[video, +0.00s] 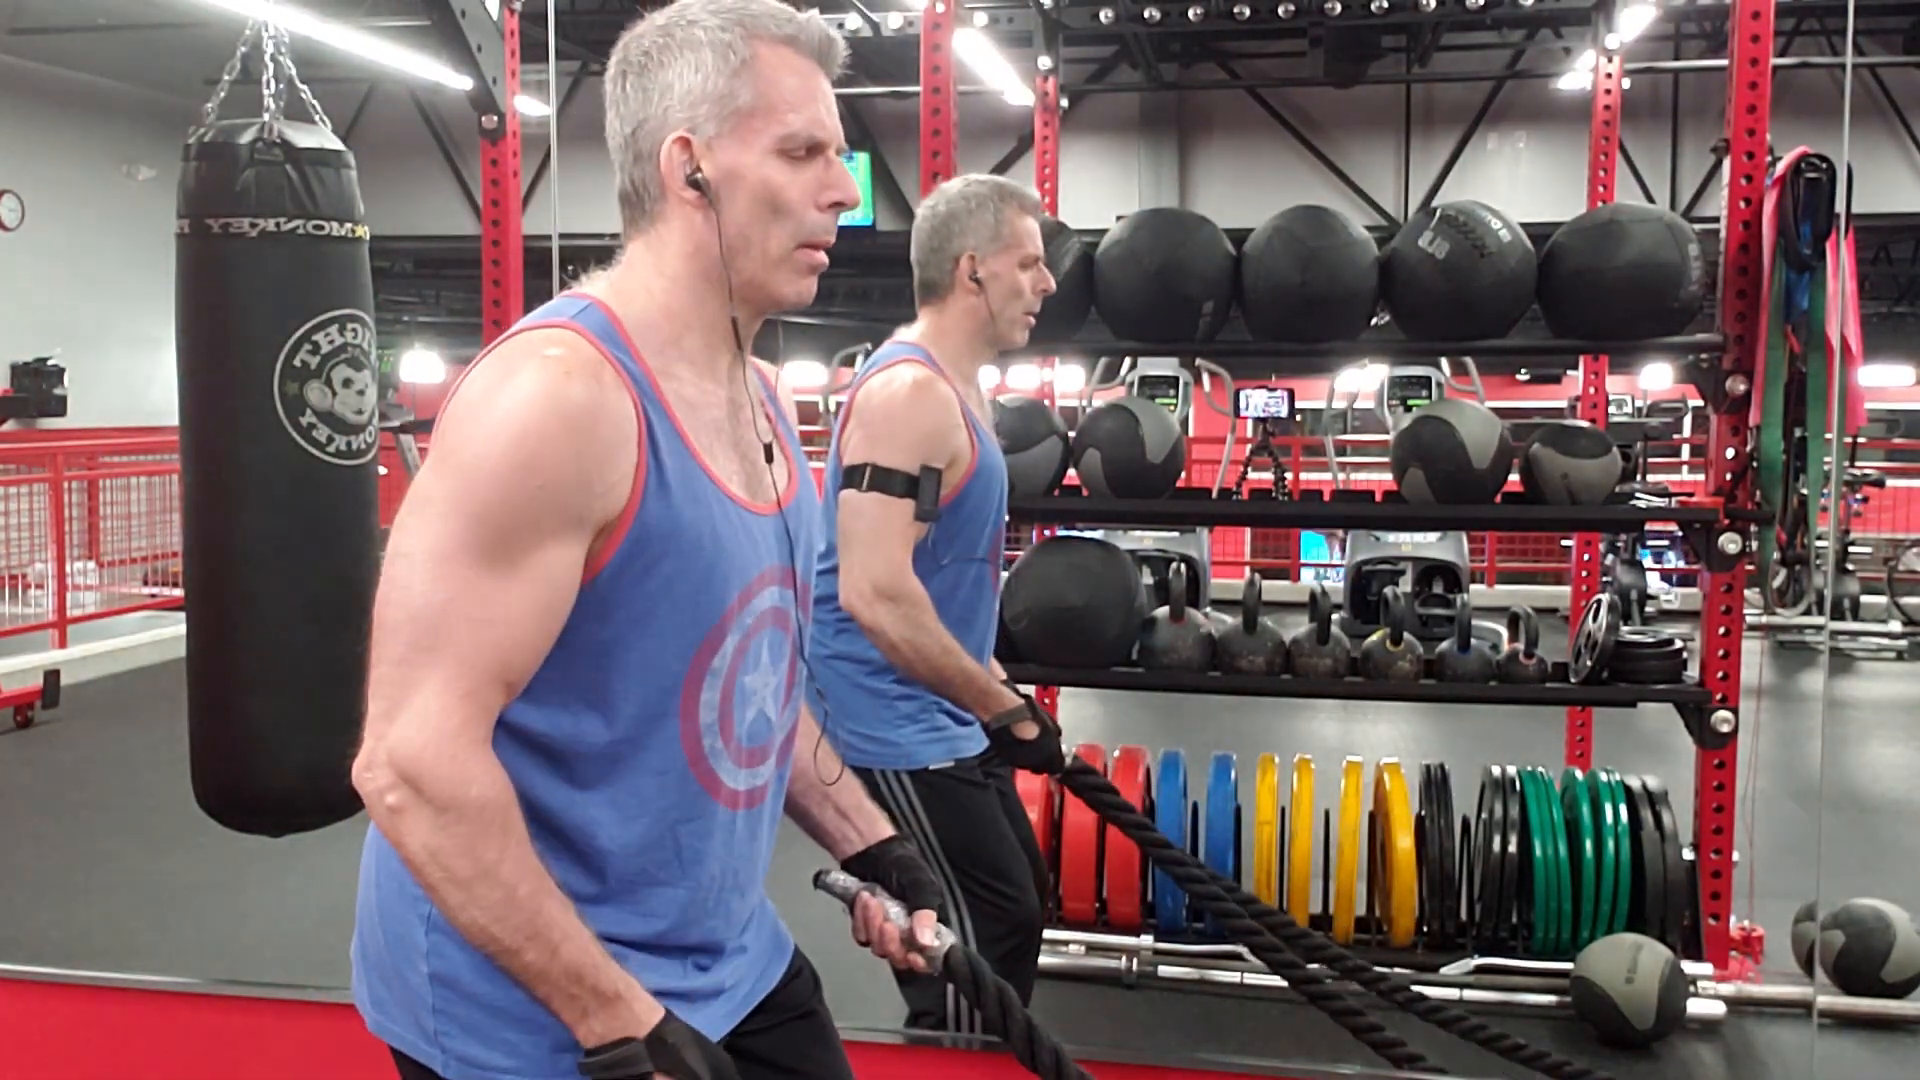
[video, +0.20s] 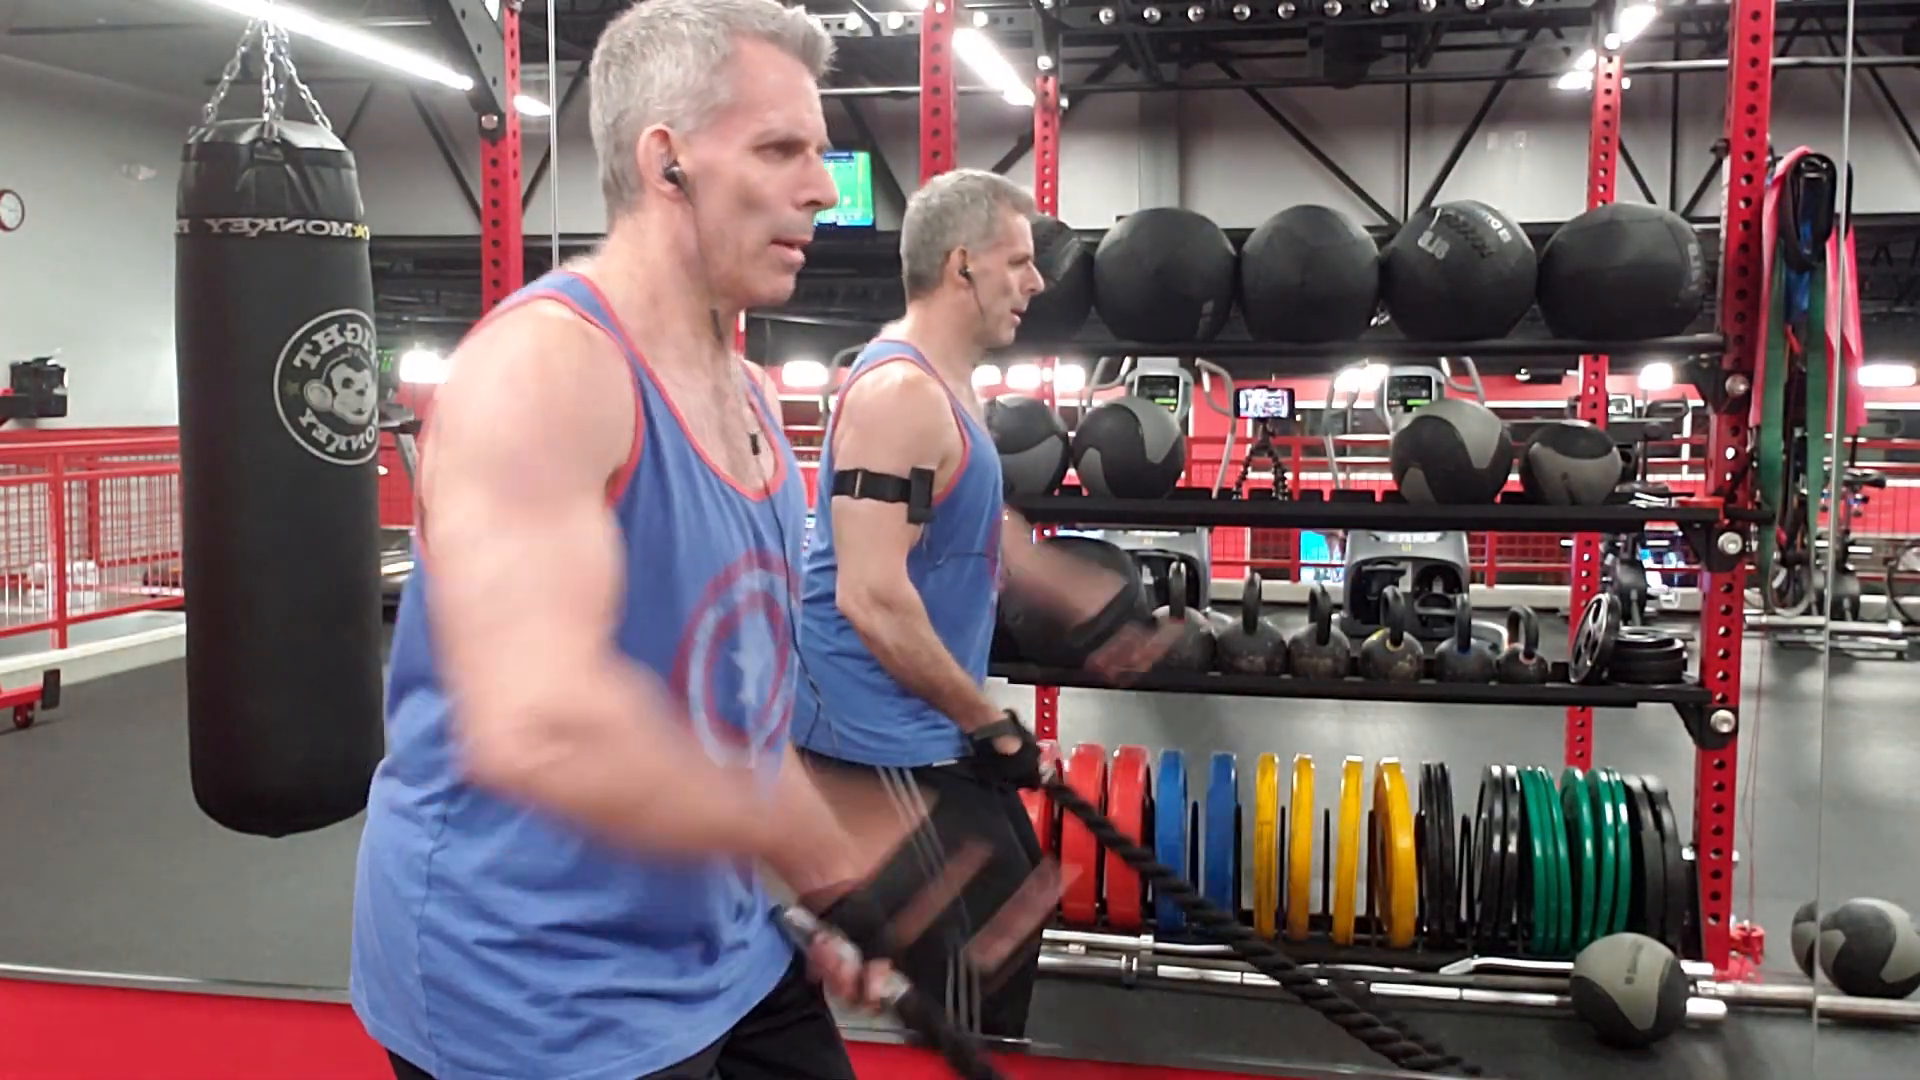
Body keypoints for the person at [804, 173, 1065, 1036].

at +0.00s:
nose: (1047, 285)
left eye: (1045, 265)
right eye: (1032, 264)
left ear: (977, 276)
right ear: (974, 273)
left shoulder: (950, 390)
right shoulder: (908, 391)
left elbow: (926, 581)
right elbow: (877, 589)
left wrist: (999, 695)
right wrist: (999, 704)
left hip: (946, 727)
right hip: (896, 733)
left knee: (1009, 921)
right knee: (998, 929)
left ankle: (966, 1074)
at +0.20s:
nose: (1034, 285)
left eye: (1034, 264)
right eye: (1020, 262)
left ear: (966, 269)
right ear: (963, 267)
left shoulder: (943, 391)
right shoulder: (899, 393)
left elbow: (1000, 543)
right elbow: (871, 594)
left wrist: (1105, 612)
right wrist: (989, 721)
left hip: (924, 743)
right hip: (874, 752)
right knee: (989, 945)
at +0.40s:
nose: (1037, 296)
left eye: (1037, 275)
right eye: (1023, 273)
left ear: (971, 281)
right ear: (965, 277)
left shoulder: (943, 393)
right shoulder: (906, 392)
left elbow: (1000, 540)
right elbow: (884, 585)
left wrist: (1135, 539)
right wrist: (1011, 692)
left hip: (919, 708)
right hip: (871, 714)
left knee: (1012, 911)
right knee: (993, 922)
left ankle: (960, 1058)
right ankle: (952, 1063)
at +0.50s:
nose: (1034, 297)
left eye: (1035, 277)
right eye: (1019, 275)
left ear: (959, 279)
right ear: (957, 276)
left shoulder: (947, 393)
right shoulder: (898, 386)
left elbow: (946, 577)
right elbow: (916, 570)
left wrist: (1031, 659)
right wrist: (1076, 589)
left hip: (926, 715)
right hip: (866, 725)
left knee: (1022, 907)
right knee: (976, 929)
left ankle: (979, 1061)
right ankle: (952, 1068)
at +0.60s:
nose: (1032, 301)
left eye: (1032, 281)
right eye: (1018, 279)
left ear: (961, 283)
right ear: (955, 280)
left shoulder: (941, 394)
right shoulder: (899, 388)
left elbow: (969, 565)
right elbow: (950, 563)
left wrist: (1076, 574)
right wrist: (1084, 544)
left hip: (930, 716)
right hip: (872, 725)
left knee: (1024, 907)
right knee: (996, 929)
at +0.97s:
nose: (1042, 313)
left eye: (1041, 293)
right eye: (1027, 291)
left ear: (969, 295)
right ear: (967, 293)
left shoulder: (944, 395)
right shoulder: (909, 398)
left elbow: (975, 565)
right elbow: (959, 580)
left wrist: (1092, 581)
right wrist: (1107, 560)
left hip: (928, 728)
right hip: (876, 739)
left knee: (1029, 918)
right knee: (1007, 927)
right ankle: (923, 1067)